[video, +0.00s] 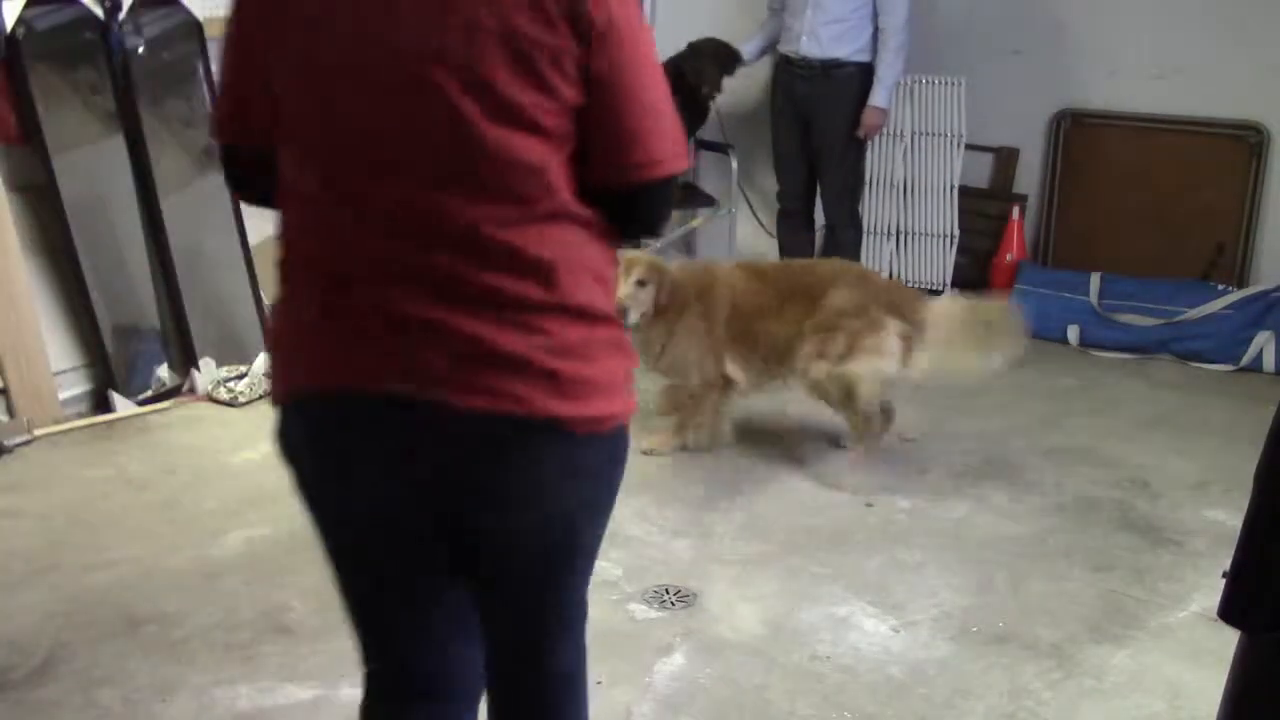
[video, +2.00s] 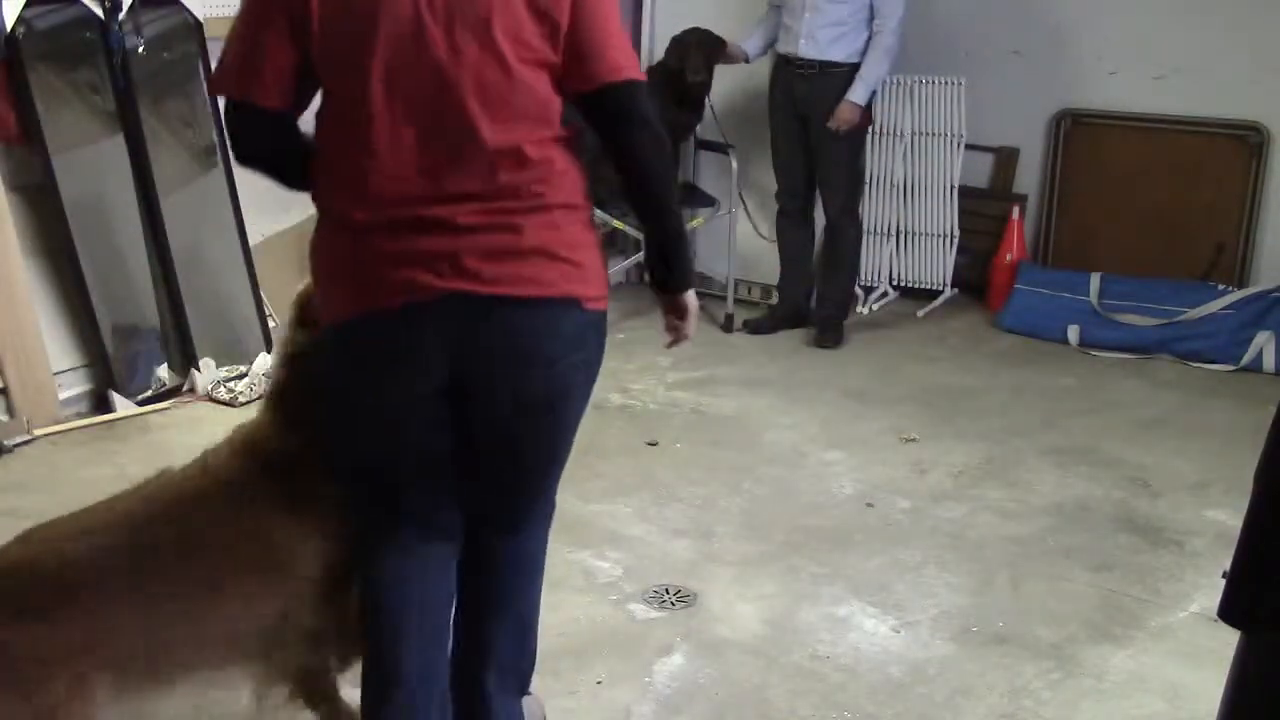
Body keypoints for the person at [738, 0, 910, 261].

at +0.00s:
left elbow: (893, 28)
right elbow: (778, 17)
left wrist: (879, 101)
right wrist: (738, 55)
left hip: (845, 80)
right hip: (789, 77)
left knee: (839, 205)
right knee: (792, 201)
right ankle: (793, 296)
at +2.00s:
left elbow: (888, 29)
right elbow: (778, 14)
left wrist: (856, 98)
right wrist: (744, 49)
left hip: (840, 83)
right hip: (786, 77)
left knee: (840, 209)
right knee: (791, 203)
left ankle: (831, 315)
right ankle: (792, 306)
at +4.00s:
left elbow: (891, 23)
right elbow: (755, 17)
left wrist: (883, 98)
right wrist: (732, 81)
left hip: (839, 80)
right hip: (782, 78)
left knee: (837, 210)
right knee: (788, 205)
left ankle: (831, 314)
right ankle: (792, 305)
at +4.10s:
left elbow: (891, 24)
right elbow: (760, 19)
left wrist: (882, 99)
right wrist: (754, 64)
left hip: (840, 79)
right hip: (780, 76)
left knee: (838, 209)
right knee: (787, 204)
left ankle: (831, 313)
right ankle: (792, 305)